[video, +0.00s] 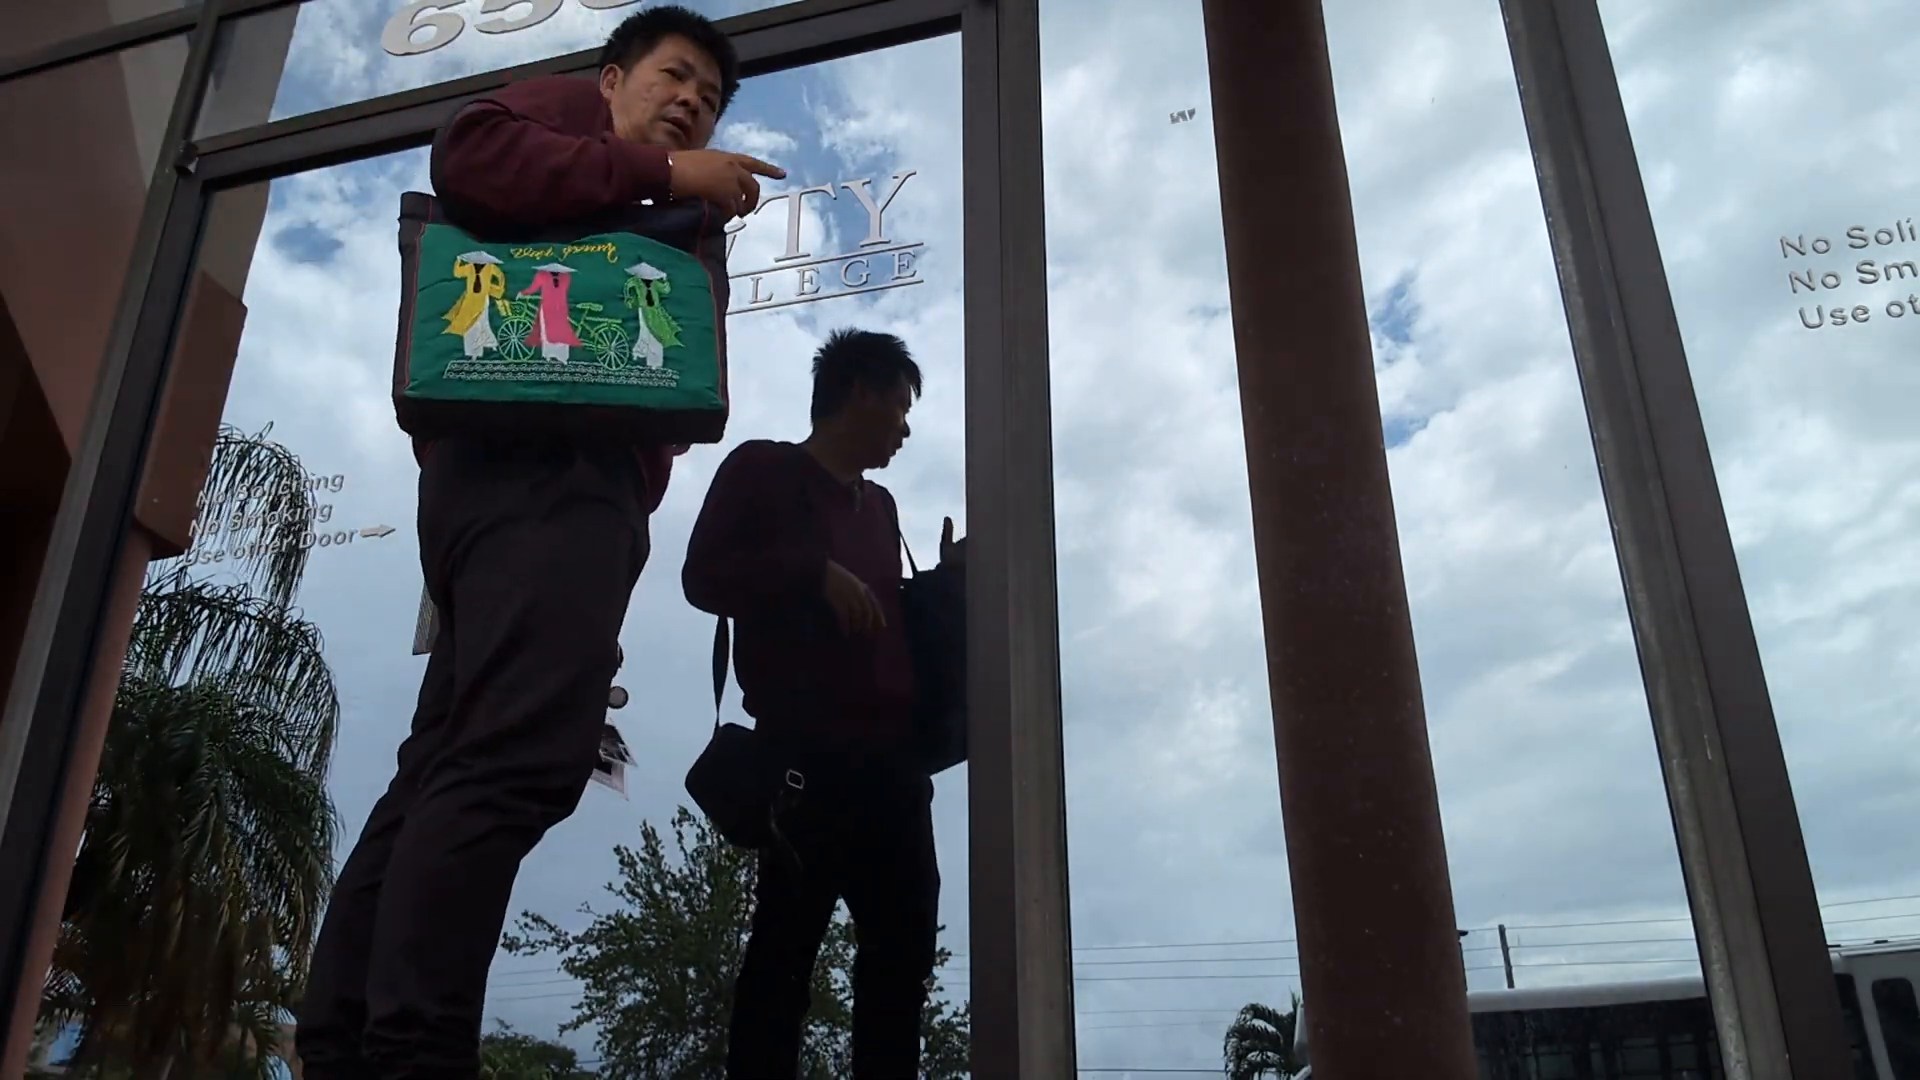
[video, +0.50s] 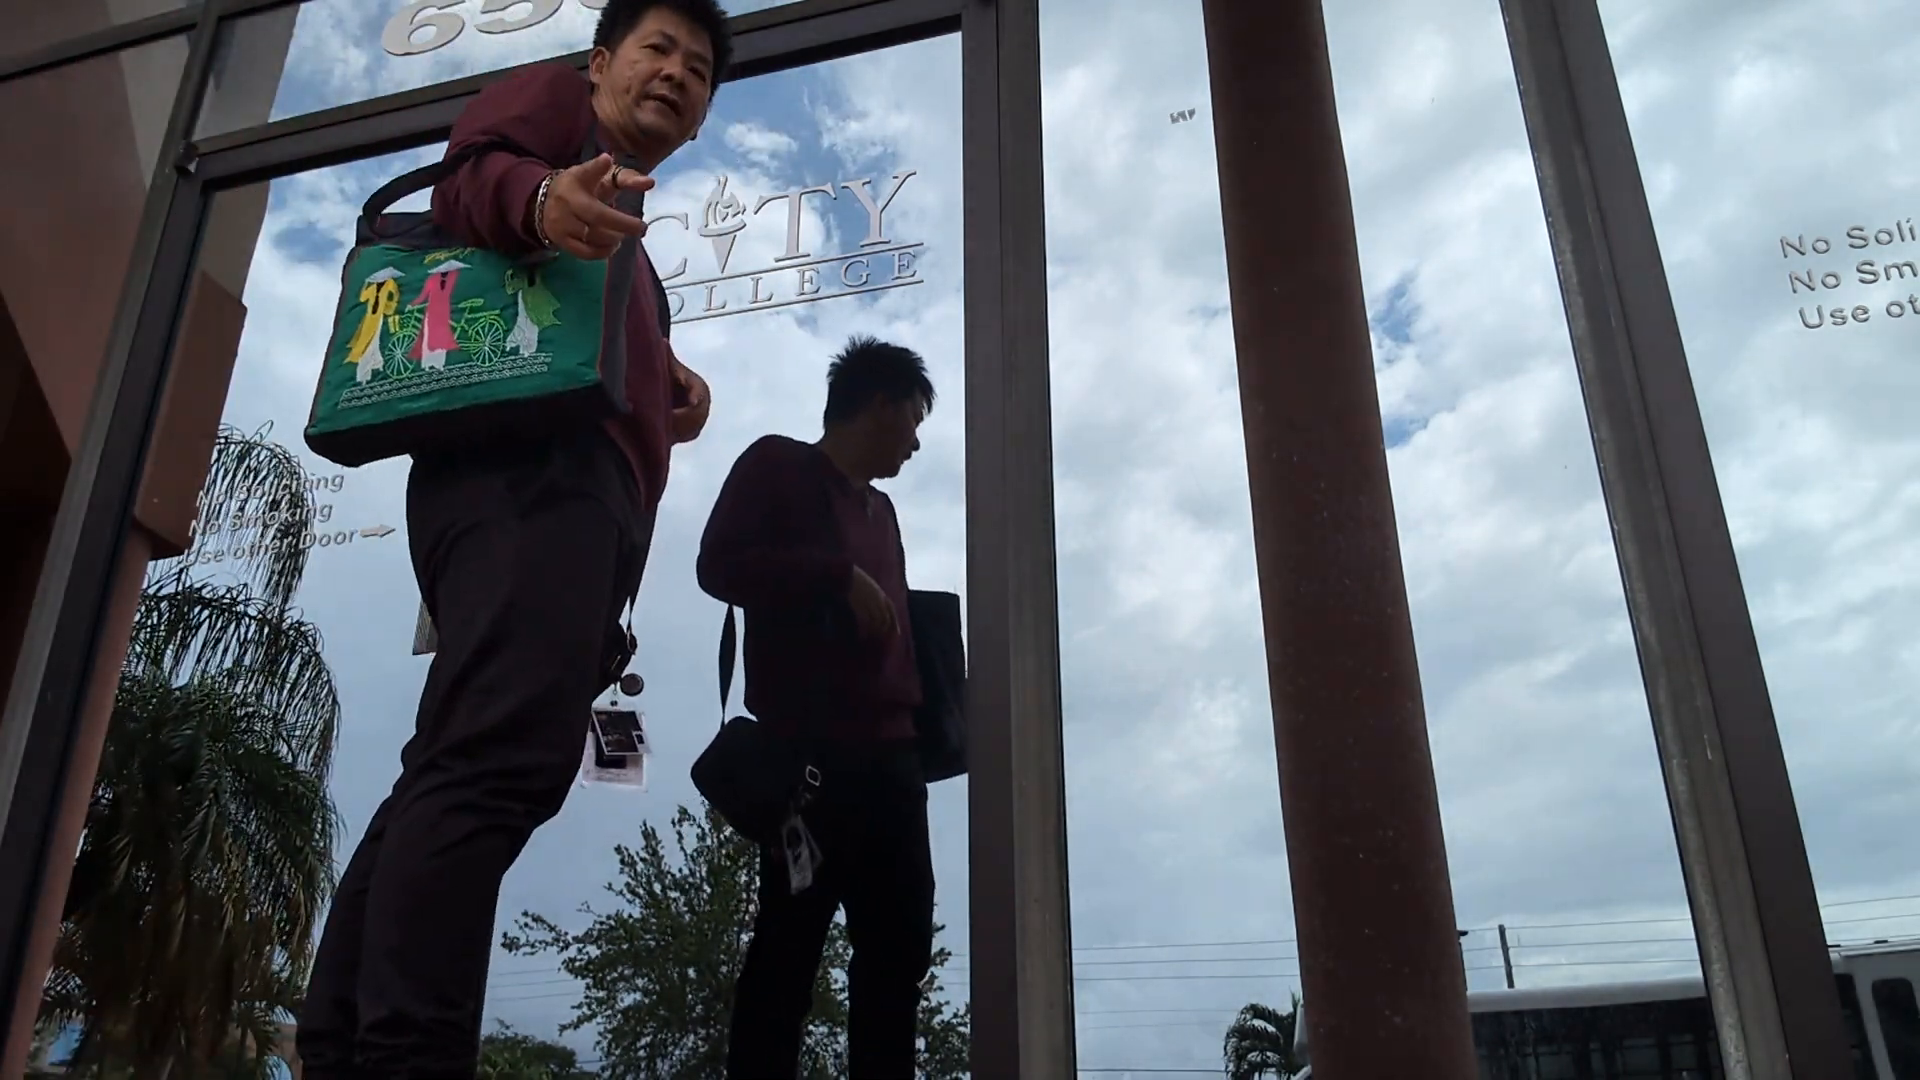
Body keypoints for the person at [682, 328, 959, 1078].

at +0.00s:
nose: (908, 425)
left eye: (910, 409)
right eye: (900, 406)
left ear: (864, 404)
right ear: (858, 397)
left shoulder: (878, 505)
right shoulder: (760, 465)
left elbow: (887, 624)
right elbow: (703, 578)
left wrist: (946, 576)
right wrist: (815, 572)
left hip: (887, 758)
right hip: (800, 752)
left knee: (901, 952)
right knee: (784, 949)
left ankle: (885, 1077)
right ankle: (759, 1072)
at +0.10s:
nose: (911, 427)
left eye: (914, 410)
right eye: (905, 407)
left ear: (864, 407)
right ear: (860, 400)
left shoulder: (879, 504)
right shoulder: (765, 463)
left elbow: (887, 624)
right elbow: (708, 573)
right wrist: (822, 573)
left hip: (888, 756)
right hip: (800, 749)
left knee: (898, 955)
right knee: (786, 949)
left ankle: (885, 1078)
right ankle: (760, 1073)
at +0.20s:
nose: (914, 428)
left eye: (917, 411)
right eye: (909, 407)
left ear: (864, 408)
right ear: (864, 402)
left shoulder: (879, 502)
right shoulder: (768, 463)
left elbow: (904, 617)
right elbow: (711, 573)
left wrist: (1006, 641)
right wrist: (830, 574)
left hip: (888, 756)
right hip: (802, 750)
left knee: (899, 952)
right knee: (787, 945)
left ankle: (883, 1077)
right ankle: (760, 1073)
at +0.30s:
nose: (915, 431)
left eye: (918, 415)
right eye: (910, 410)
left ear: (868, 410)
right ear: (867, 404)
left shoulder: (879, 503)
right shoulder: (771, 462)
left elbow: (894, 617)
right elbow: (715, 569)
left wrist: (958, 626)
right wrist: (835, 576)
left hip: (889, 755)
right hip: (804, 748)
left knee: (897, 951)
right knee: (788, 944)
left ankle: (883, 1075)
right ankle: (760, 1071)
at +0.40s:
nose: (918, 435)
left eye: (921, 418)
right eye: (914, 413)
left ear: (870, 413)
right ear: (871, 405)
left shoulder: (880, 505)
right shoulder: (774, 461)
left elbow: (883, 625)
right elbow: (715, 566)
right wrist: (836, 574)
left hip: (888, 755)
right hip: (804, 750)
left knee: (897, 954)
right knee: (787, 947)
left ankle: (884, 1077)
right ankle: (759, 1072)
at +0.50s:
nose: (918, 439)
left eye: (922, 423)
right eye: (914, 418)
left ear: (870, 416)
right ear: (872, 408)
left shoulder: (879, 508)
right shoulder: (777, 462)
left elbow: (883, 627)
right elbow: (719, 564)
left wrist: (923, 705)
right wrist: (842, 577)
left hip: (887, 757)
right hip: (805, 750)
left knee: (897, 953)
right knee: (787, 948)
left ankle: (883, 1075)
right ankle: (759, 1071)